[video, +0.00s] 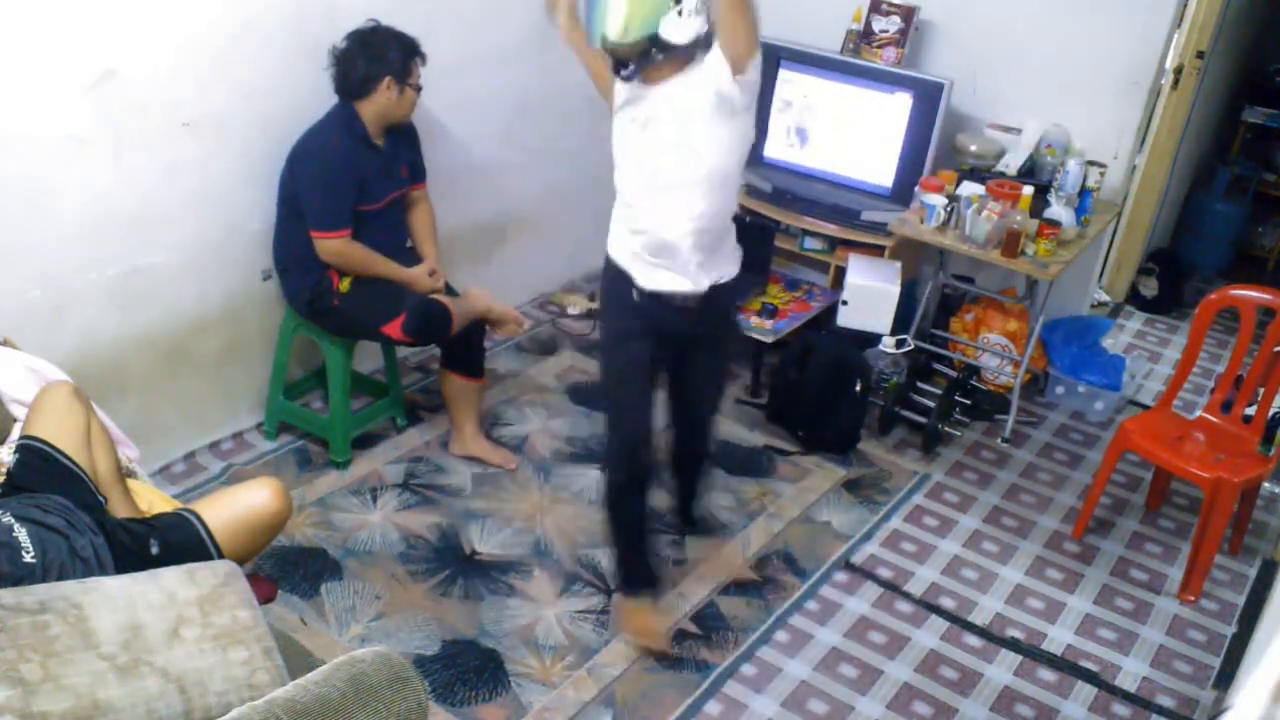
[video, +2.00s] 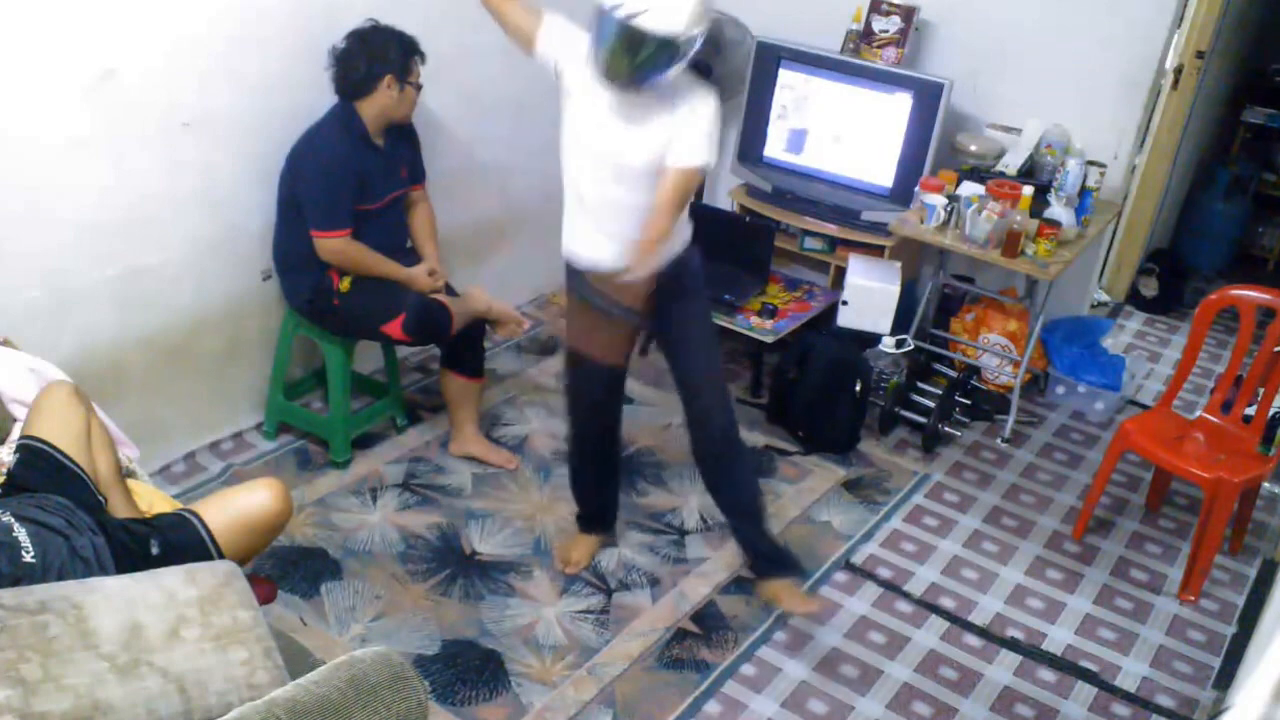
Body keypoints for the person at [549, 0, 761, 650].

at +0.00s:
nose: (627, 69)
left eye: (634, 55)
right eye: (621, 60)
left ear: (667, 43)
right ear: (625, 56)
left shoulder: (727, 79)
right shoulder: (627, 94)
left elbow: (734, 5)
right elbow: (582, 45)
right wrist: (568, 23)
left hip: (706, 297)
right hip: (632, 292)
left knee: (694, 429)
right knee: (628, 441)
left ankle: (686, 517)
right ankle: (634, 585)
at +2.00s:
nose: (634, 63)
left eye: (654, 54)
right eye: (627, 45)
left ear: (681, 49)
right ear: (613, 29)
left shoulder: (692, 100)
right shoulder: (579, 54)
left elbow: (675, 196)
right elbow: (504, 7)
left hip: (670, 268)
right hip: (592, 266)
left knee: (712, 418)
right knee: (590, 414)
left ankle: (769, 565)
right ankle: (593, 523)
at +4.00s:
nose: (647, 85)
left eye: (666, 78)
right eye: (644, 68)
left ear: (683, 71)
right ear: (621, 37)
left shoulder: (669, 111)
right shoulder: (550, 61)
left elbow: (728, 199)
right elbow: (526, 3)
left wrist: (813, 254)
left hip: (611, 286)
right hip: (533, 282)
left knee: (631, 432)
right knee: (526, 428)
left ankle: (627, 565)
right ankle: (528, 544)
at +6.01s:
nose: (725, 104)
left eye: (745, 99)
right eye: (724, 83)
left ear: (779, 103)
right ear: (719, 58)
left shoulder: (784, 172)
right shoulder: (697, 62)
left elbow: (735, 306)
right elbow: (658, 7)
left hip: (724, 323)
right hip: (657, 303)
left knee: (738, 474)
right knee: (638, 438)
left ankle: (755, 649)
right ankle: (654, 551)